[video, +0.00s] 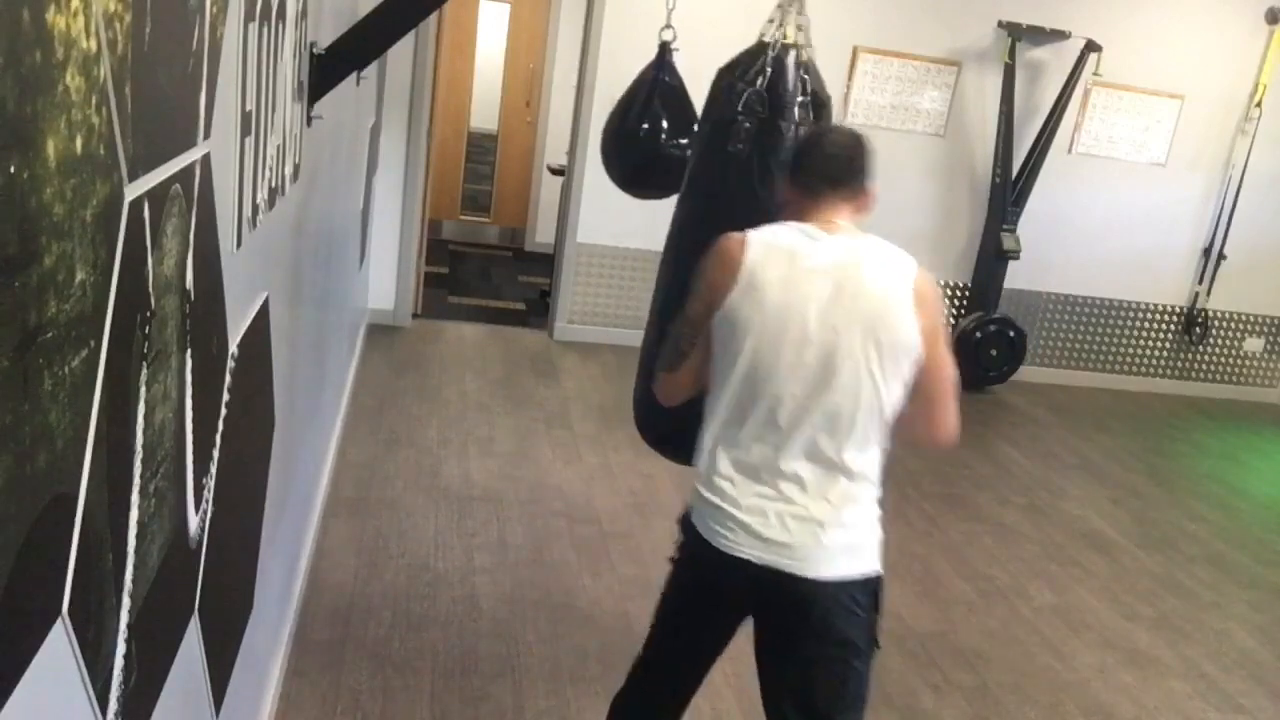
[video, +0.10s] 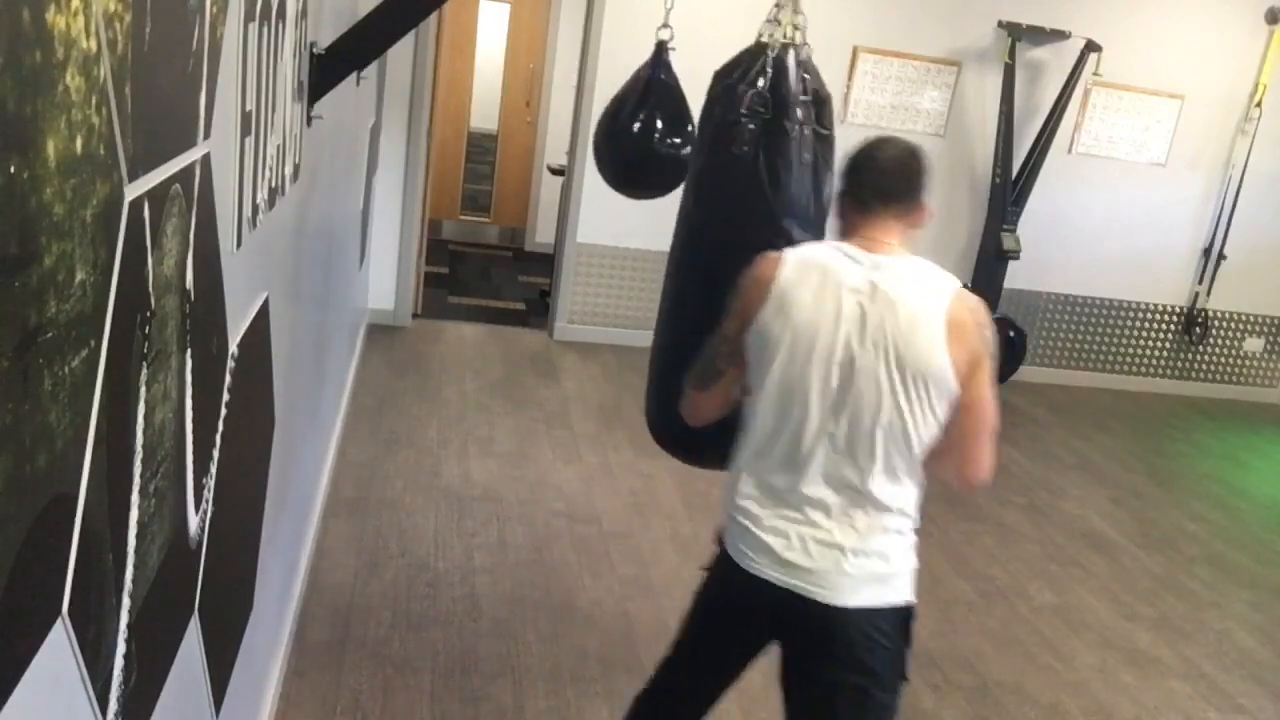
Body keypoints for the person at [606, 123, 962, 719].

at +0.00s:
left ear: (788, 190)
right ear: (867, 197)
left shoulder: (738, 254)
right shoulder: (912, 282)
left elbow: (671, 386)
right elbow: (940, 427)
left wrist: (747, 345)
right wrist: (864, 398)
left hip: (720, 545)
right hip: (832, 572)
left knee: (649, 699)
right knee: (821, 712)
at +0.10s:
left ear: (841, 205)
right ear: (920, 214)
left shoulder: (774, 275)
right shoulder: (961, 314)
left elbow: (699, 406)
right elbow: (973, 467)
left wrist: (763, 365)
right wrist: (898, 426)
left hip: (750, 569)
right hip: (862, 599)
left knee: (667, 704)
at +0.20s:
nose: (972, 218)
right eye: (974, 205)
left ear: (888, 196)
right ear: (971, 210)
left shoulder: (809, 272)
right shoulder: (994, 315)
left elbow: (726, 402)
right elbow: (1011, 481)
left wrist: (789, 368)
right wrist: (956, 434)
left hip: (780, 564)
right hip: (886, 597)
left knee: (719, 689)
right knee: (869, 711)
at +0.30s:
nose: (1012, 201)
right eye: (1014, 189)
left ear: (925, 178)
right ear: (1012, 195)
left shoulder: (839, 252)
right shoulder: (1026, 301)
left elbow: (749, 379)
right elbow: (1039, 472)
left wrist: (821, 358)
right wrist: (985, 415)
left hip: (803, 549)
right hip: (903, 589)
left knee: (760, 686)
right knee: (877, 709)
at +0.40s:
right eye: (1036, 195)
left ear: (942, 187)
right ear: (1031, 202)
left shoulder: (860, 256)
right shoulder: (1050, 308)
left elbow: (771, 381)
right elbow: (1053, 474)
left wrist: (840, 358)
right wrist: (999, 416)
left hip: (822, 549)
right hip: (922, 588)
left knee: (799, 701)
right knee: (895, 707)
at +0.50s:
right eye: (1041, 217)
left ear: (950, 212)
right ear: (1037, 224)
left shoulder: (870, 289)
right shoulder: (1061, 335)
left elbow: (794, 414)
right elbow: (1060, 489)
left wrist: (873, 378)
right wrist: (1006, 429)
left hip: (837, 564)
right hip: (936, 601)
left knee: (830, 705)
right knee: (912, 707)